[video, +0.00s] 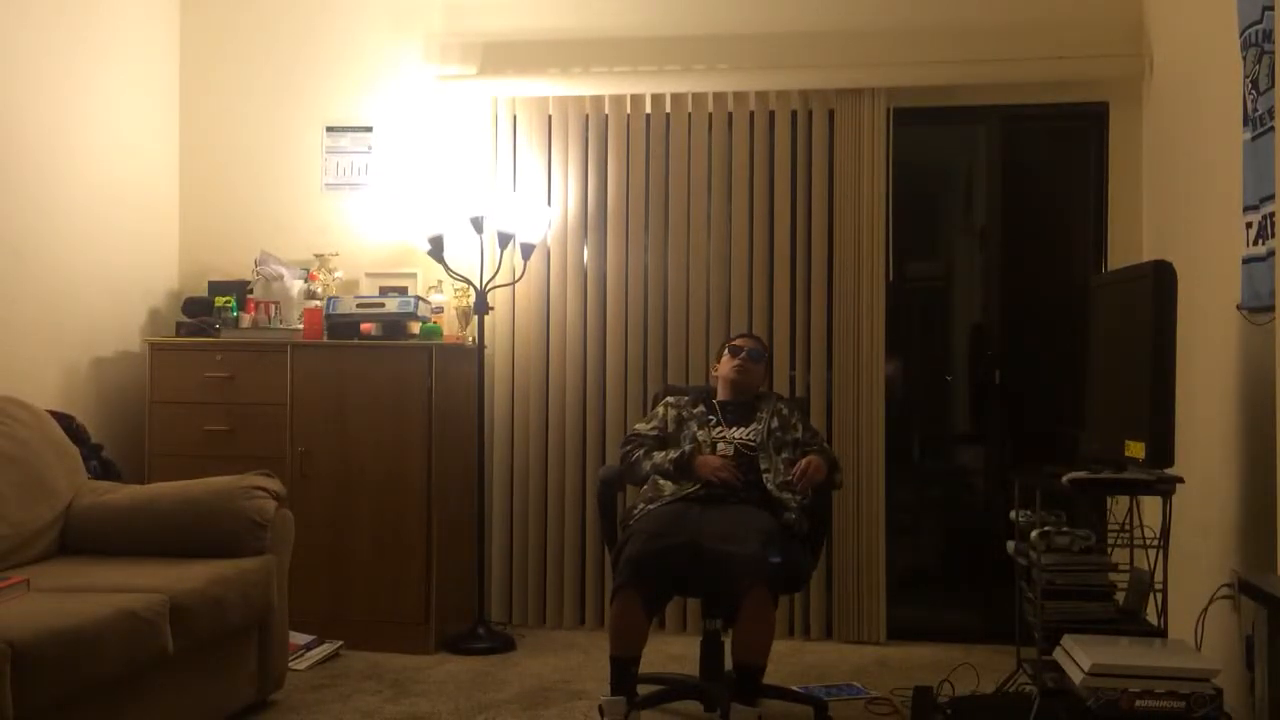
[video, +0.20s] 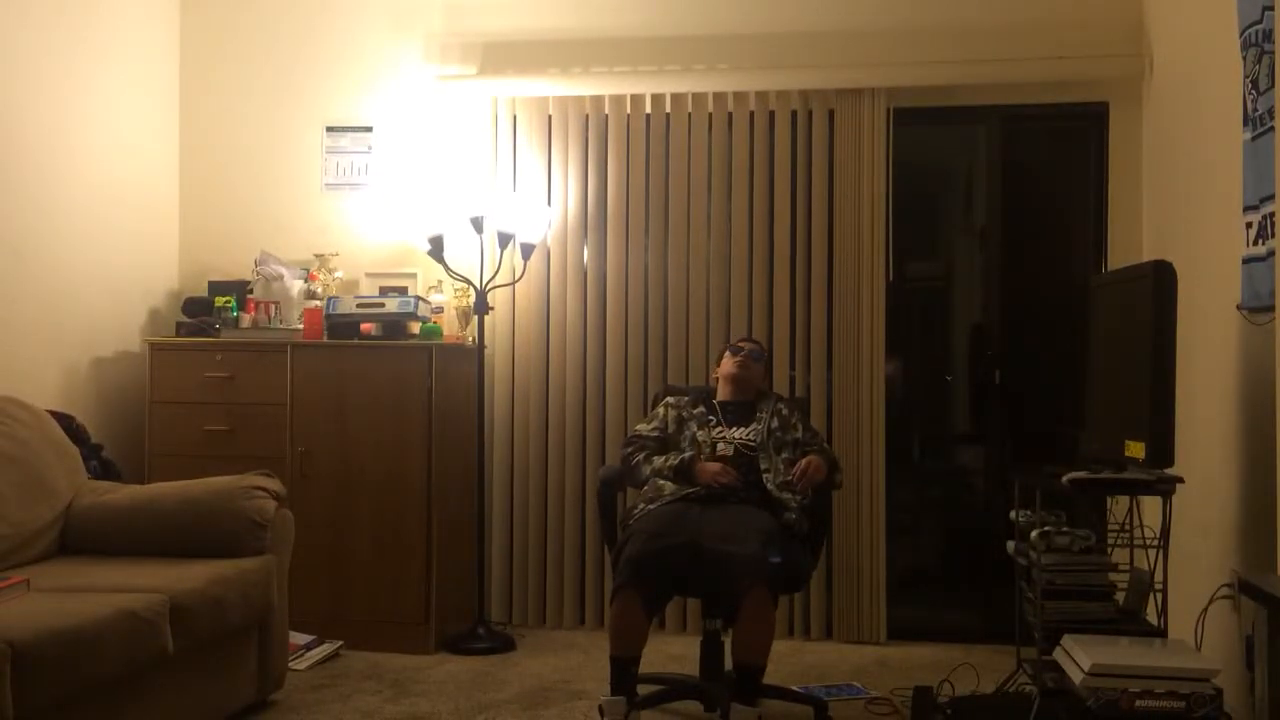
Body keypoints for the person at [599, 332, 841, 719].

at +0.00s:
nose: (743, 358)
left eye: (755, 356)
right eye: (734, 351)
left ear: (764, 379)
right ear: (715, 366)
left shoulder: (782, 415)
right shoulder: (674, 407)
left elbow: (825, 458)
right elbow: (631, 457)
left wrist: (821, 459)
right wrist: (690, 462)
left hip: (748, 509)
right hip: (672, 506)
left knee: (757, 577)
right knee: (637, 568)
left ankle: (746, 703)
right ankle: (621, 695)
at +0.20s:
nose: (744, 355)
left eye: (756, 355)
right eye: (735, 350)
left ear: (765, 380)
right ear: (716, 370)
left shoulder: (783, 414)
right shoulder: (675, 407)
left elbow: (825, 458)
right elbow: (632, 459)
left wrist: (821, 460)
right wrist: (691, 467)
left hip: (750, 508)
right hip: (674, 505)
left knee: (757, 576)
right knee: (638, 566)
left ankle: (746, 703)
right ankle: (621, 694)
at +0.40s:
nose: (740, 354)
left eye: (753, 354)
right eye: (731, 350)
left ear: (764, 378)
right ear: (714, 372)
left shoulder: (781, 414)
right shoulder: (675, 408)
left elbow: (825, 459)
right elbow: (635, 461)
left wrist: (820, 461)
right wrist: (691, 469)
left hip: (750, 509)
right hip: (674, 506)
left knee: (757, 576)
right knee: (637, 566)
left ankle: (746, 703)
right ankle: (620, 694)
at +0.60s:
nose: (733, 352)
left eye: (744, 351)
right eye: (724, 350)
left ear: (760, 374)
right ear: (710, 371)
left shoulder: (781, 413)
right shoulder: (674, 409)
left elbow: (825, 458)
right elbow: (634, 462)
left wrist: (821, 460)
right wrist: (691, 469)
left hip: (750, 508)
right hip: (674, 506)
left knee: (757, 576)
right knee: (637, 566)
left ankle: (746, 704)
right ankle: (621, 695)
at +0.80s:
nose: (724, 351)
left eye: (735, 348)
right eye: (714, 350)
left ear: (754, 371)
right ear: (705, 372)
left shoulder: (780, 413)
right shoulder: (673, 409)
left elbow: (824, 457)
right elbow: (635, 464)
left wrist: (820, 460)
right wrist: (690, 471)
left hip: (749, 508)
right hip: (673, 505)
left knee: (757, 576)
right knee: (638, 566)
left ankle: (746, 704)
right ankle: (621, 695)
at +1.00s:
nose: (717, 354)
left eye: (729, 349)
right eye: (709, 354)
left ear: (751, 370)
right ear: (702, 376)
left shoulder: (778, 410)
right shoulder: (673, 409)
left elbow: (823, 454)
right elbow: (636, 463)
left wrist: (820, 460)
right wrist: (690, 472)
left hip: (750, 508)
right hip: (674, 505)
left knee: (757, 576)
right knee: (638, 567)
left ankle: (746, 704)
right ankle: (621, 696)